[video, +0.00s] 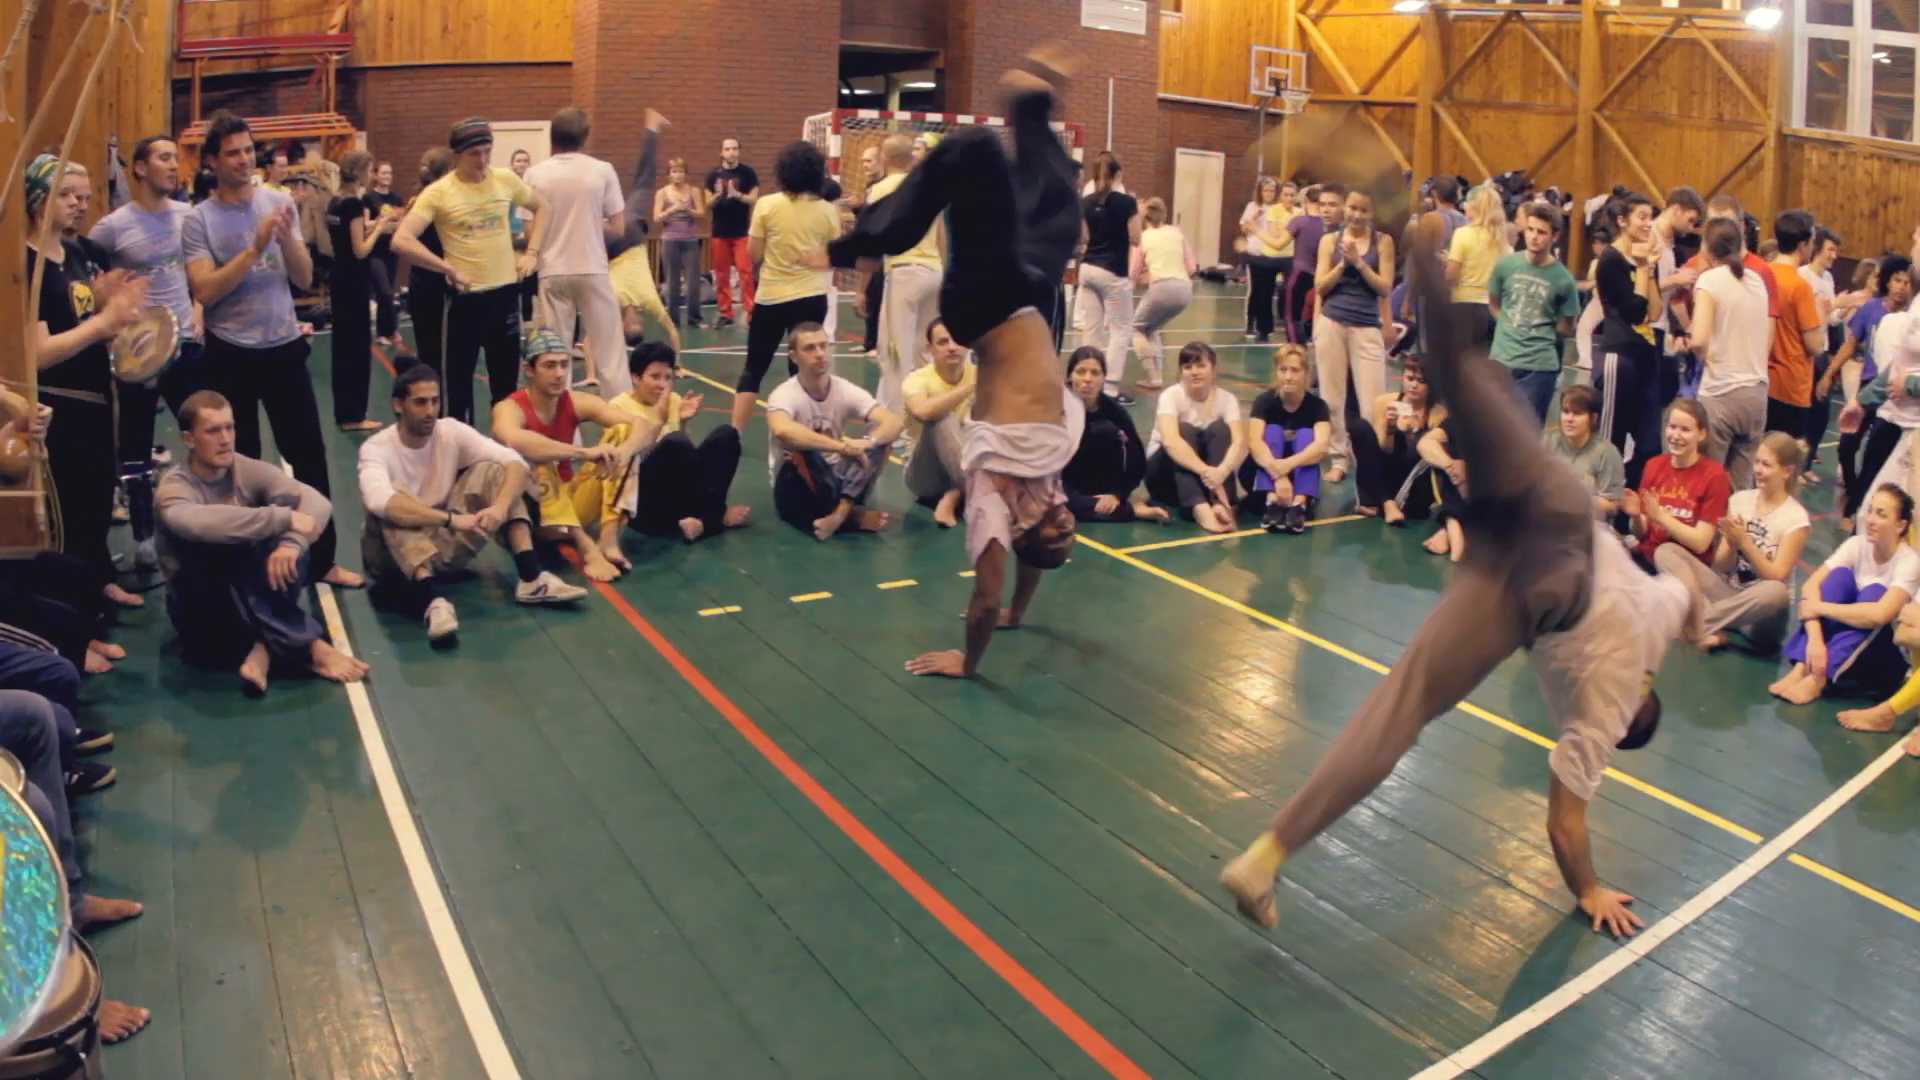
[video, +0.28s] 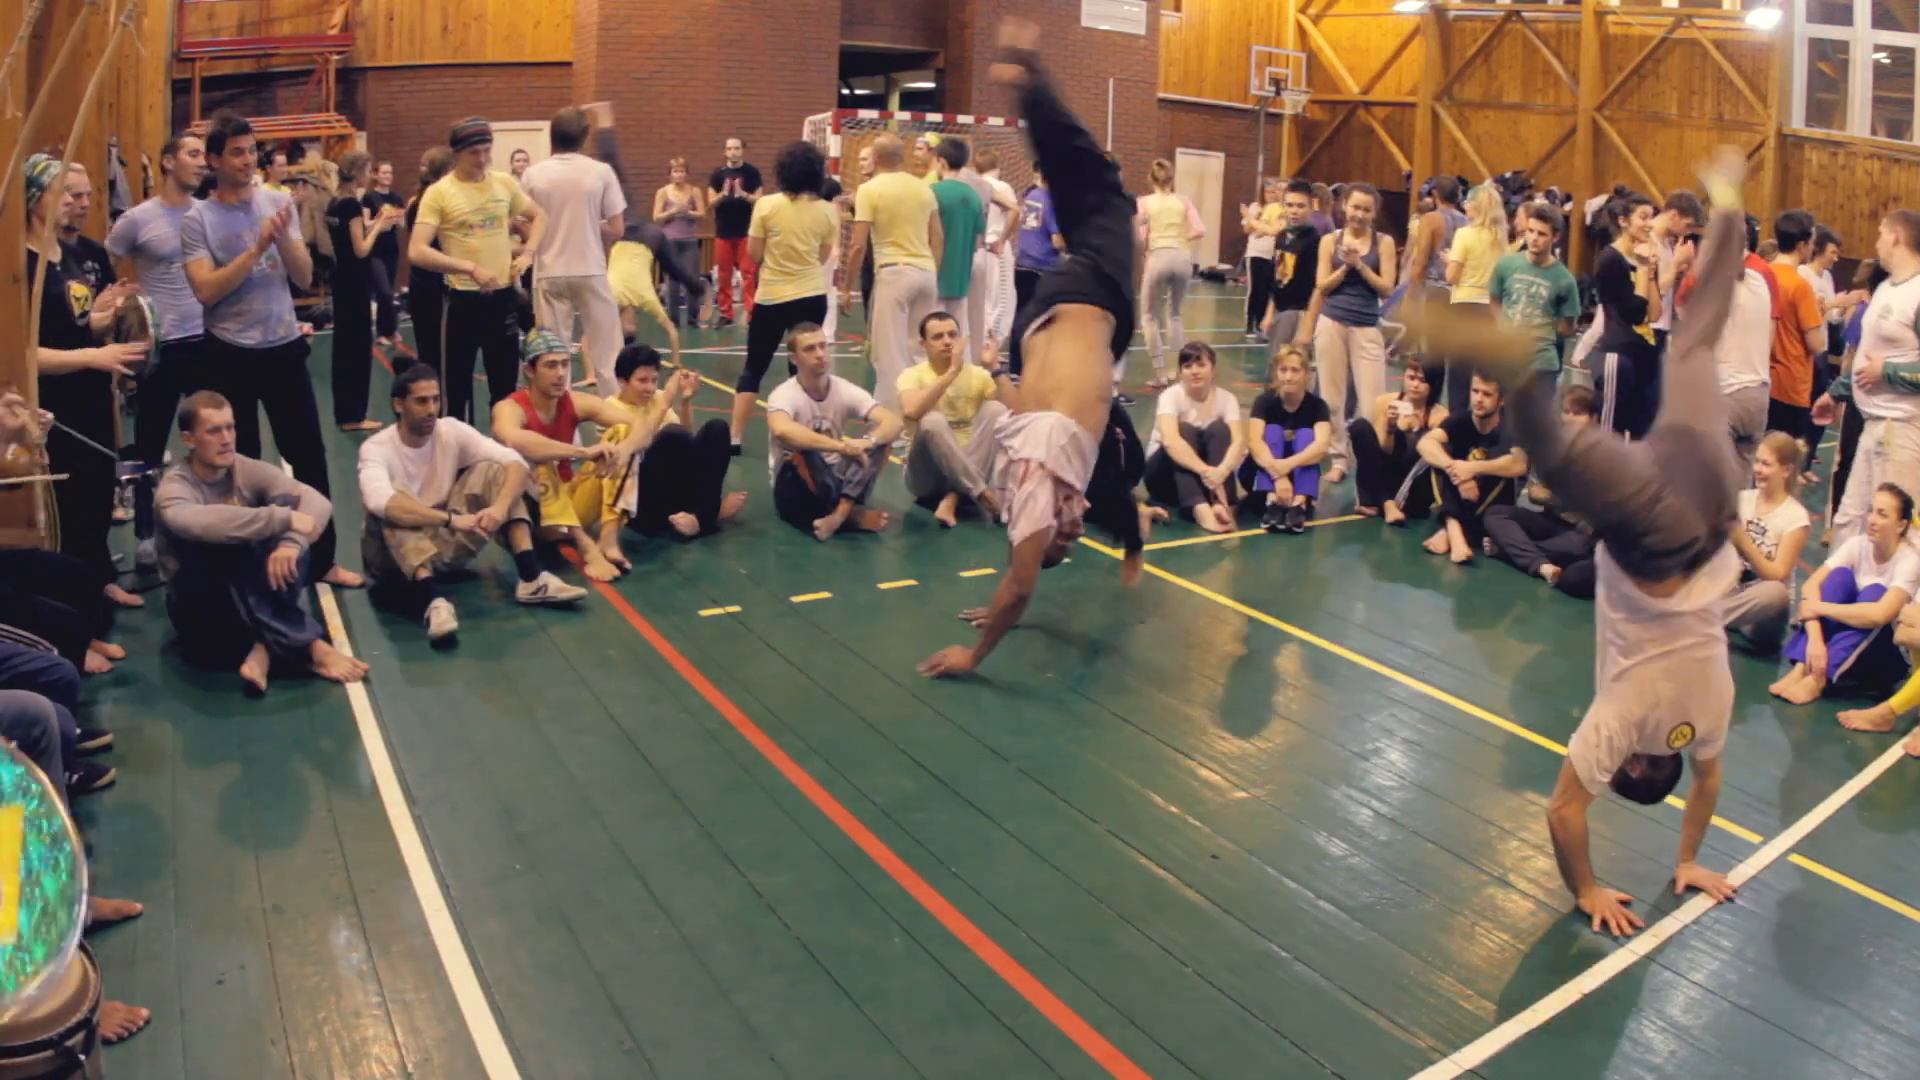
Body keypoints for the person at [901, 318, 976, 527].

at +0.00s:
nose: (952, 348)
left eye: (957, 340)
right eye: (943, 342)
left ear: (967, 344)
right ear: (931, 348)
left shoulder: (978, 375)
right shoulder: (916, 380)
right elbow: (923, 412)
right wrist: (970, 387)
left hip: (971, 470)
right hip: (927, 479)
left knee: (979, 424)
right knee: (943, 422)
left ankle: (954, 495)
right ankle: (979, 493)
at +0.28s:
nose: (947, 342)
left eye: (952, 335)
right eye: (938, 337)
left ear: (960, 339)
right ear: (924, 344)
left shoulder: (978, 375)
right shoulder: (911, 377)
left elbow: (1013, 409)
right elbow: (911, 410)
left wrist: (995, 370)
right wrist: (951, 373)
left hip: (971, 478)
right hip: (927, 479)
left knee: (995, 409)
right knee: (933, 421)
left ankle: (953, 497)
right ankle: (983, 493)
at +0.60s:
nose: (940, 338)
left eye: (944, 332)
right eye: (931, 334)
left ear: (950, 335)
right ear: (916, 342)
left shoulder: (969, 371)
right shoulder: (906, 376)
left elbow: (1008, 407)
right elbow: (911, 406)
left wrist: (985, 367)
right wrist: (950, 374)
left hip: (969, 475)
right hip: (926, 477)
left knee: (1003, 411)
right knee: (918, 423)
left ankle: (952, 497)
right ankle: (978, 490)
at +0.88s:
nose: (944, 341)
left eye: (948, 334)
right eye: (934, 337)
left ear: (954, 337)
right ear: (919, 345)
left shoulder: (969, 374)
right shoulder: (909, 380)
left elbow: (1002, 420)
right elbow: (924, 426)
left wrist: (986, 378)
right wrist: (960, 388)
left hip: (969, 468)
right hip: (929, 474)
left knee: (1017, 426)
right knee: (914, 437)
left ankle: (952, 498)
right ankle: (987, 500)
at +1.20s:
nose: (956, 344)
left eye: (958, 337)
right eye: (946, 339)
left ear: (963, 339)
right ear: (927, 345)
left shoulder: (975, 375)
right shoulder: (913, 383)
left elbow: (1007, 429)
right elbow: (928, 431)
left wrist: (991, 377)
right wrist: (954, 386)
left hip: (973, 466)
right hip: (933, 467)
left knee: (1031, 442)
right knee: (915, 445)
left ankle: (953, 500)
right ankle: (989, 501)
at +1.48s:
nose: (975, 348)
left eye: (973, 342)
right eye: (969, 342)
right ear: (947, 346)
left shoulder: (979, 378)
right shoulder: (915, 384)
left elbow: (1004, 431)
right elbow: (927, 440)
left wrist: (994, 384)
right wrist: (944, 390)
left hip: (974, 466)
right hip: (935, 468)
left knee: (1028, 440)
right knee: (911, 447)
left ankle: (953, 500)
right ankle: (986, 502)